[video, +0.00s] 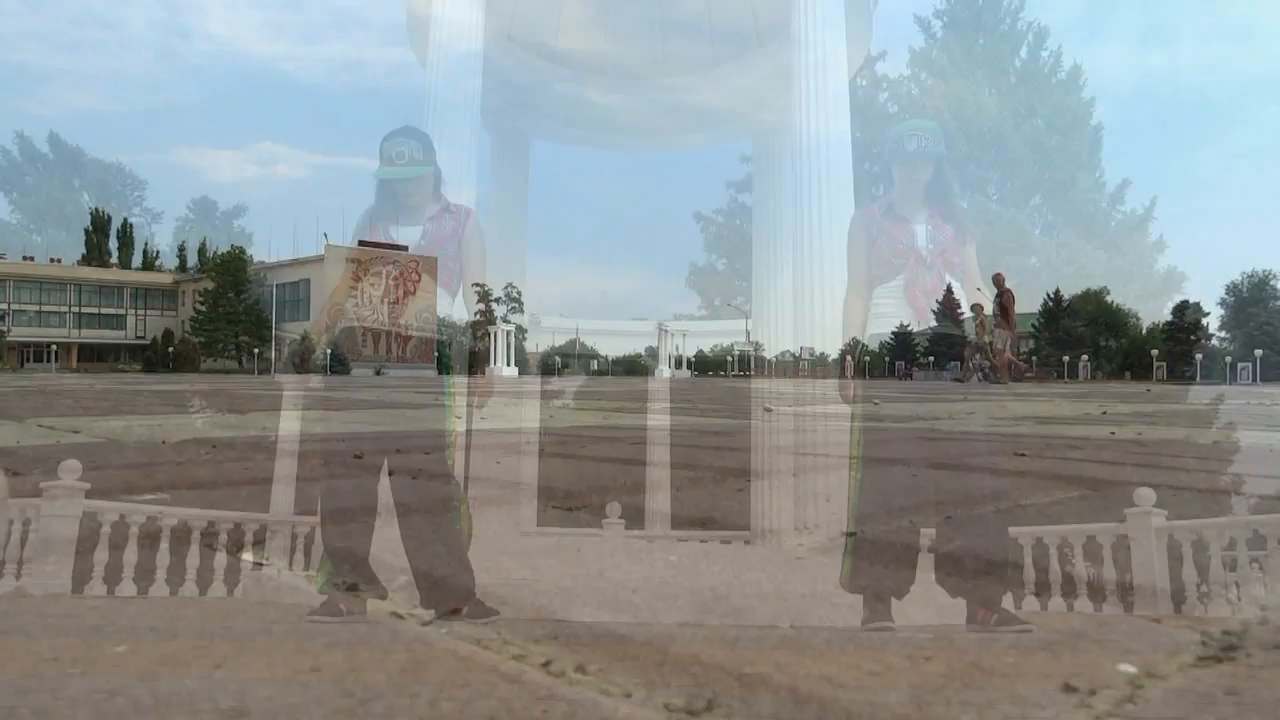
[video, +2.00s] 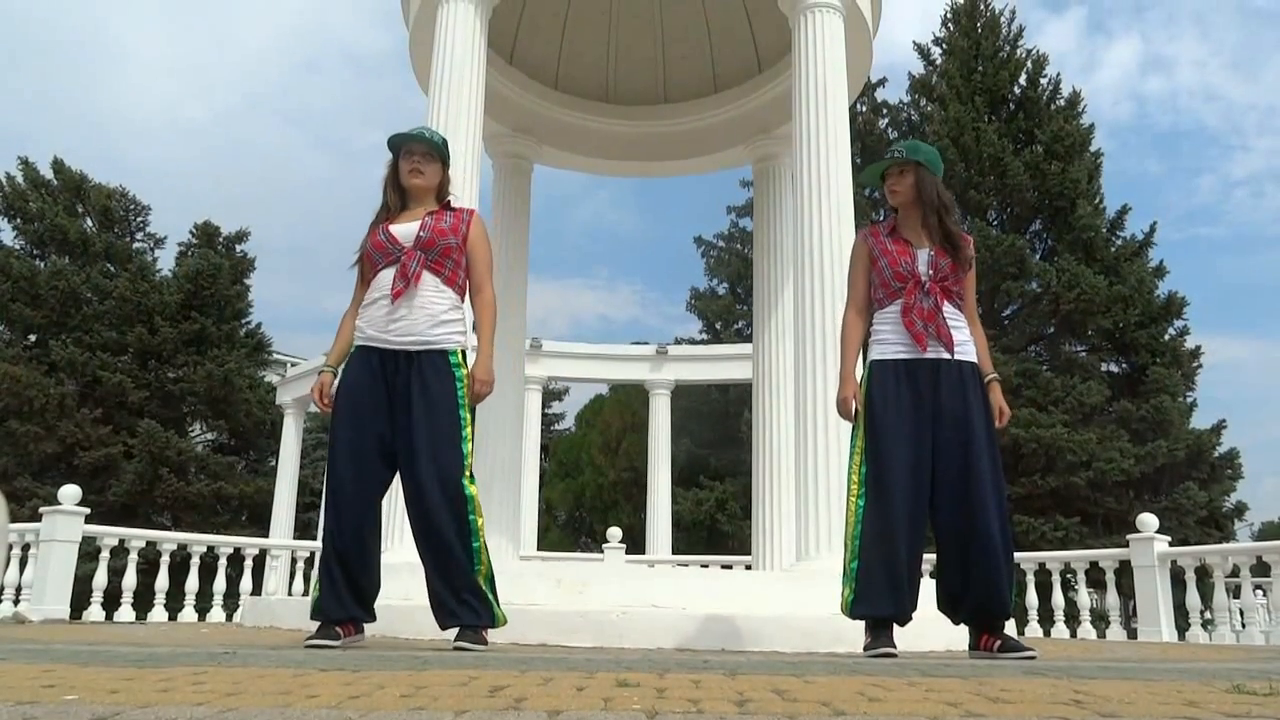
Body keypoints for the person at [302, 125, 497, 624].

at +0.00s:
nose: (403, 177)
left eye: (413, 166)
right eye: (394, 167)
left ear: (433, 167)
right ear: (382, 170)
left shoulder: (459, 223)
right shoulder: (367, 225)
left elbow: (478, 294)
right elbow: (341, 296)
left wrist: (480, 356)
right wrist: (320, 347)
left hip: (421, 368)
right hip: (353, 367)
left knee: (426, 475)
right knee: (347, 473)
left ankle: (449, 593)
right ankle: (349, 585)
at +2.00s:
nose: (416, 163)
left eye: (427, 156)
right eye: (408, 156)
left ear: (444, 170)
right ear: (395, 167)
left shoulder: (464, 221)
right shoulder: (377, 232)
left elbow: (483, 293)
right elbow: (358, 306)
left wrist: (485, 359)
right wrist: (330, 365)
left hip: (435, 366)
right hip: (368, 366)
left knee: (439, 492)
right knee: (349, 491)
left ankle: (471, 620)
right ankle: (343, 617)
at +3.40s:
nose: (437, 167)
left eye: (447, 161)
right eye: (429, 160)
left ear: (466, 175)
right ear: (415, 172)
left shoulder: (491, 225)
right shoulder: (397, 231)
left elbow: (509, 297)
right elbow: (377, 288)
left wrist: (487, 348)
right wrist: (365, 321)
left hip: (458, 375)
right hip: (394, 372)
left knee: (451, 500)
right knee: (368, 495)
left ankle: (461, 629)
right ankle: (348, 621)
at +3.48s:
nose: (437, 177)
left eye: (447, 171)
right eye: (428, 171)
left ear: (468, 184)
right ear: (415, 184)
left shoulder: (492, 235)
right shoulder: (394, 236)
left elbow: (489, 303)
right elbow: (374, 292)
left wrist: (421, 303)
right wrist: (410, 270)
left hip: (467, 379)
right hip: (402, 377)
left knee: (456, 503)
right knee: (360, 478)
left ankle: (462, 631)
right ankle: (353, 587)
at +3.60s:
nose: (426, 157)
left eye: (438, 151)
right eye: (419, 149)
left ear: (459, 166)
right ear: (406, 162)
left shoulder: (484, 208)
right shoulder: (388, 214)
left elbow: (447, 251)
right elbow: (392, 247)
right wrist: (464, 205)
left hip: (466, 365)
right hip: (398, 360)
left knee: (467, 497)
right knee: (355, 469)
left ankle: (467, 628)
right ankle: (365, 554)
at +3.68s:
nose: (412, 131)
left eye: (425, 125)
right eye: (405, 122)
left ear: (444, 138)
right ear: (390, 132)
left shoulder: (469, 170)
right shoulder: (374, 178)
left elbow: (458, 224)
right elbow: (378, 221)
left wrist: (415, 179)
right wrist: (440, 172)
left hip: (463, 341)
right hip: (394, 335)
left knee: (470, 472)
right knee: (369, 452)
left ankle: (474, 610)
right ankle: (339, 583)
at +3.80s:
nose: (401, 115)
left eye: (414, 110)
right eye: (390, 106)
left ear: (427, 124)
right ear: (370, 117)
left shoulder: (454, 164)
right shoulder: (354, 167)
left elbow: (500, 231)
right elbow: (320, 226)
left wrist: (490, 179)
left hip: (452, 339)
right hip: (380, 335)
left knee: (474, 465)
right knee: (359, 464)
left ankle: (483, 588)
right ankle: (315, 608)